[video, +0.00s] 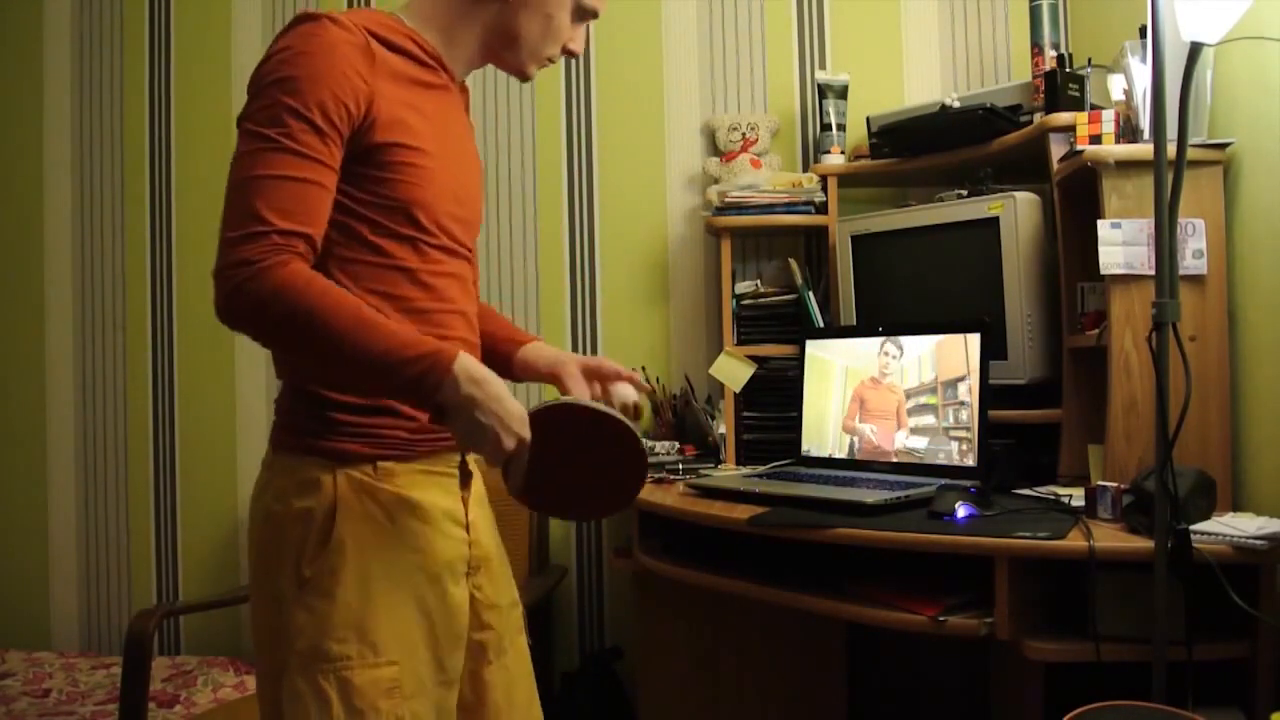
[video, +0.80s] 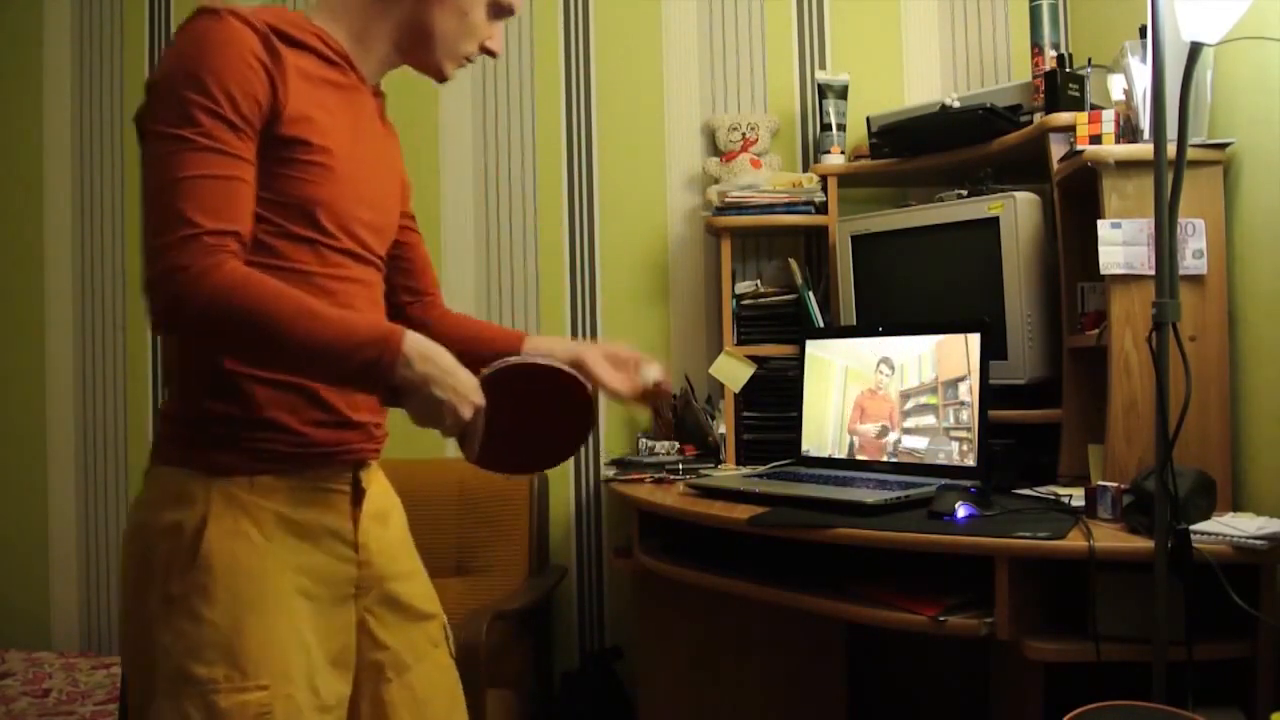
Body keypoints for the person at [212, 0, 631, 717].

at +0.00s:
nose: (578, 47)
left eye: (589, 25)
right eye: (583, 13)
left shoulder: (447, 94)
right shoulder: (331, 50)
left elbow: (426, 294)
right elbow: (252, 274)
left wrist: (547, 360)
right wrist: (445, 375)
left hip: (456, 494)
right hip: (350, 499)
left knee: (503, 710)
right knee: (362, 709)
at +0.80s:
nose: (494, 45)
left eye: (506, 23)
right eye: (497, 11)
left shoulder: (374, 119)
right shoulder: (230, 42)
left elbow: (415, 314)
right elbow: (189, 278)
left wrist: (571, 353)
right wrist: (395, 356)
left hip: (363, 513)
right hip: (232, 517)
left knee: (425, 708)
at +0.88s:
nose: (478, 33)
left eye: (486, 12)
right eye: (477, 2)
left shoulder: (355, 110)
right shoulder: (208, 39)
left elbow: (406, 315)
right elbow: (147, 278)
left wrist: (561, 307)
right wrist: (365, 358)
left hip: (349, 513)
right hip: (217, 517)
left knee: (413, 708)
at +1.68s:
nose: (517, 48)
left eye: (526, 25)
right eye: (519, 16)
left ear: (452, 0)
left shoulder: (351, 75)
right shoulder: (321, 67)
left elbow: (343, 296)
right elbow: (467, 273)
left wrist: (489, 298)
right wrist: (595, 240)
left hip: (350, 491)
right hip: (267, 497)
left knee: (409, 712)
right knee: (283, 709)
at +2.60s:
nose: (373, 9)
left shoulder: (279, 96)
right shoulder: (37, 43)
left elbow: (310, 241)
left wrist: (394, 341)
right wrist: (15, 373)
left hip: (259, 518)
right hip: (83, 529)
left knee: (366, 706)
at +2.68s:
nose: (387, 15)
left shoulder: (294, 102)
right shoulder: (55, 62)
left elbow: (342, 254)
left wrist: (417, 338)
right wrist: (19, 388)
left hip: (277, 528)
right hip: (114, 541)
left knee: (378, 707)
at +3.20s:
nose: (351, 43)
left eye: (357, 17)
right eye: (346, 7)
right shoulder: (122, 68)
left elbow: (173, 291)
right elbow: (327, 289)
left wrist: (321, 229)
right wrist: (425, 211)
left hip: (174, 550)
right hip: (80, 565)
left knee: (270, 709)